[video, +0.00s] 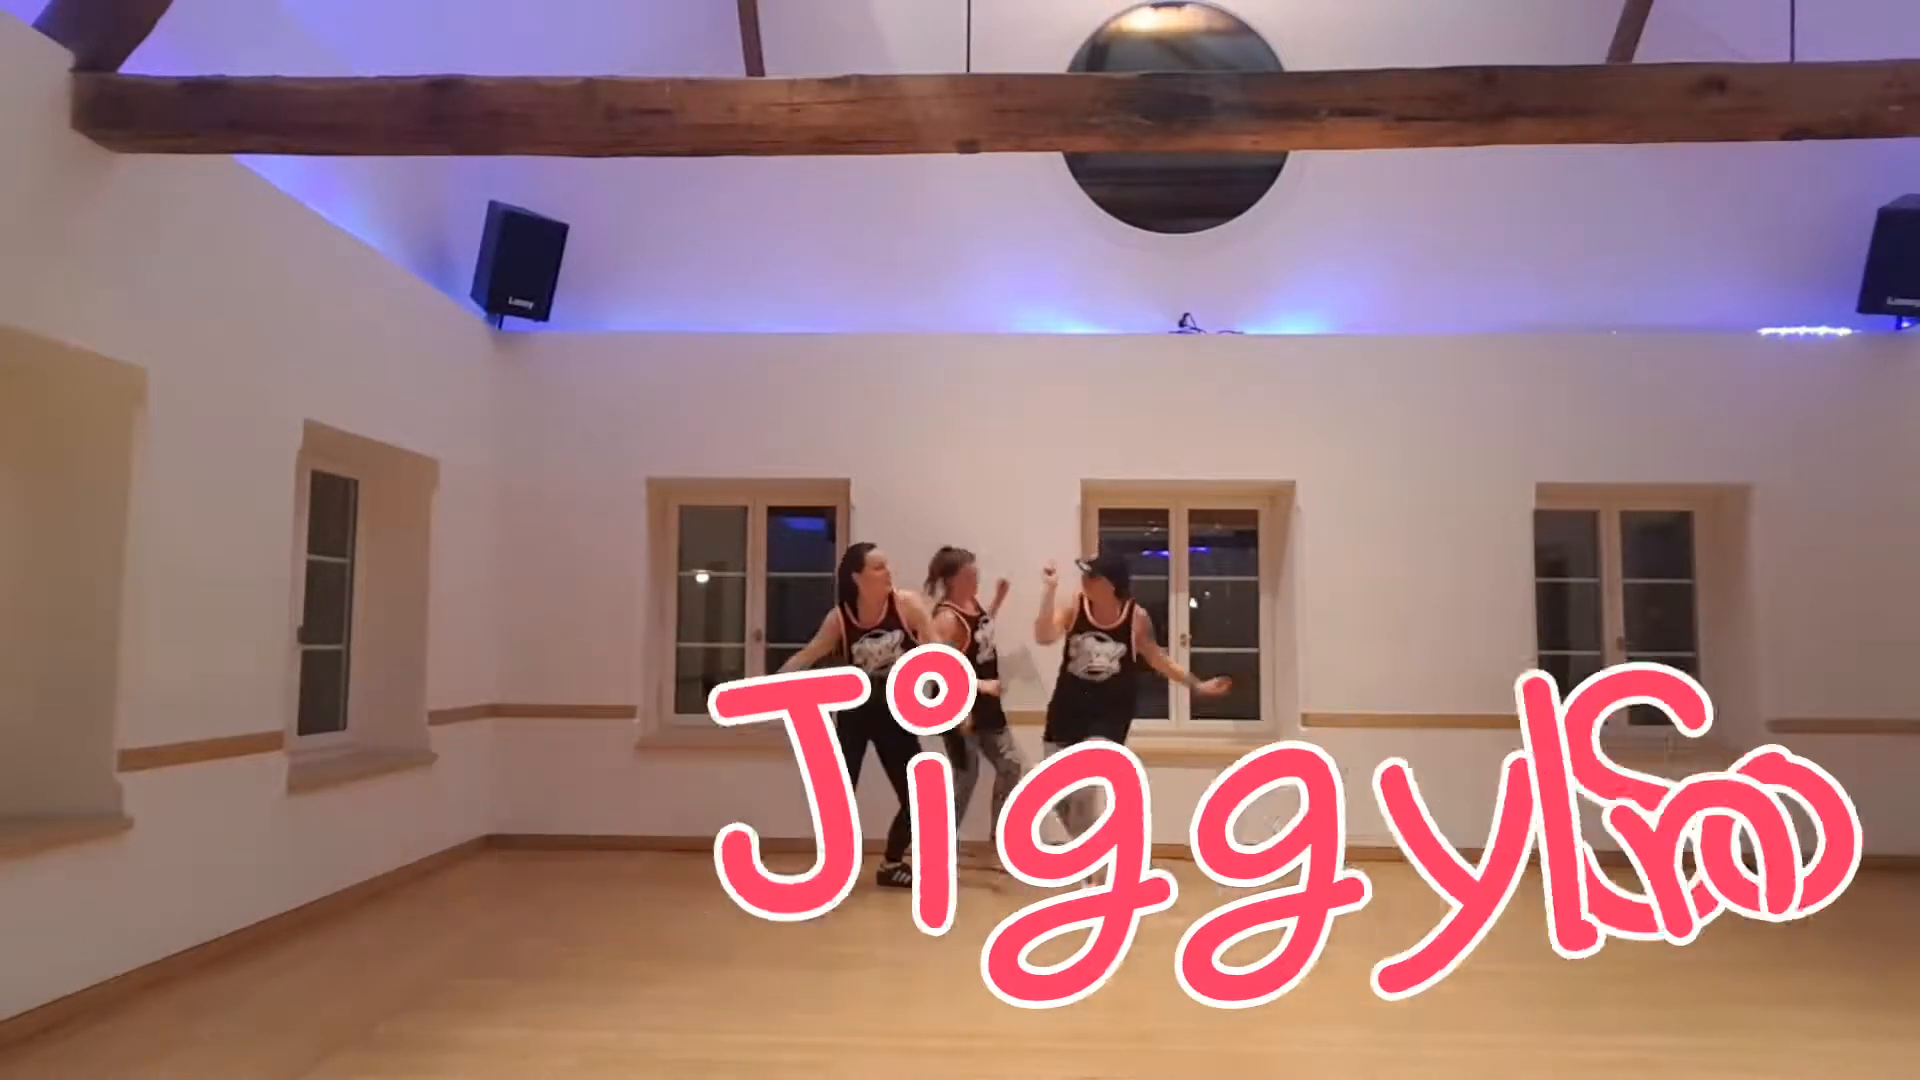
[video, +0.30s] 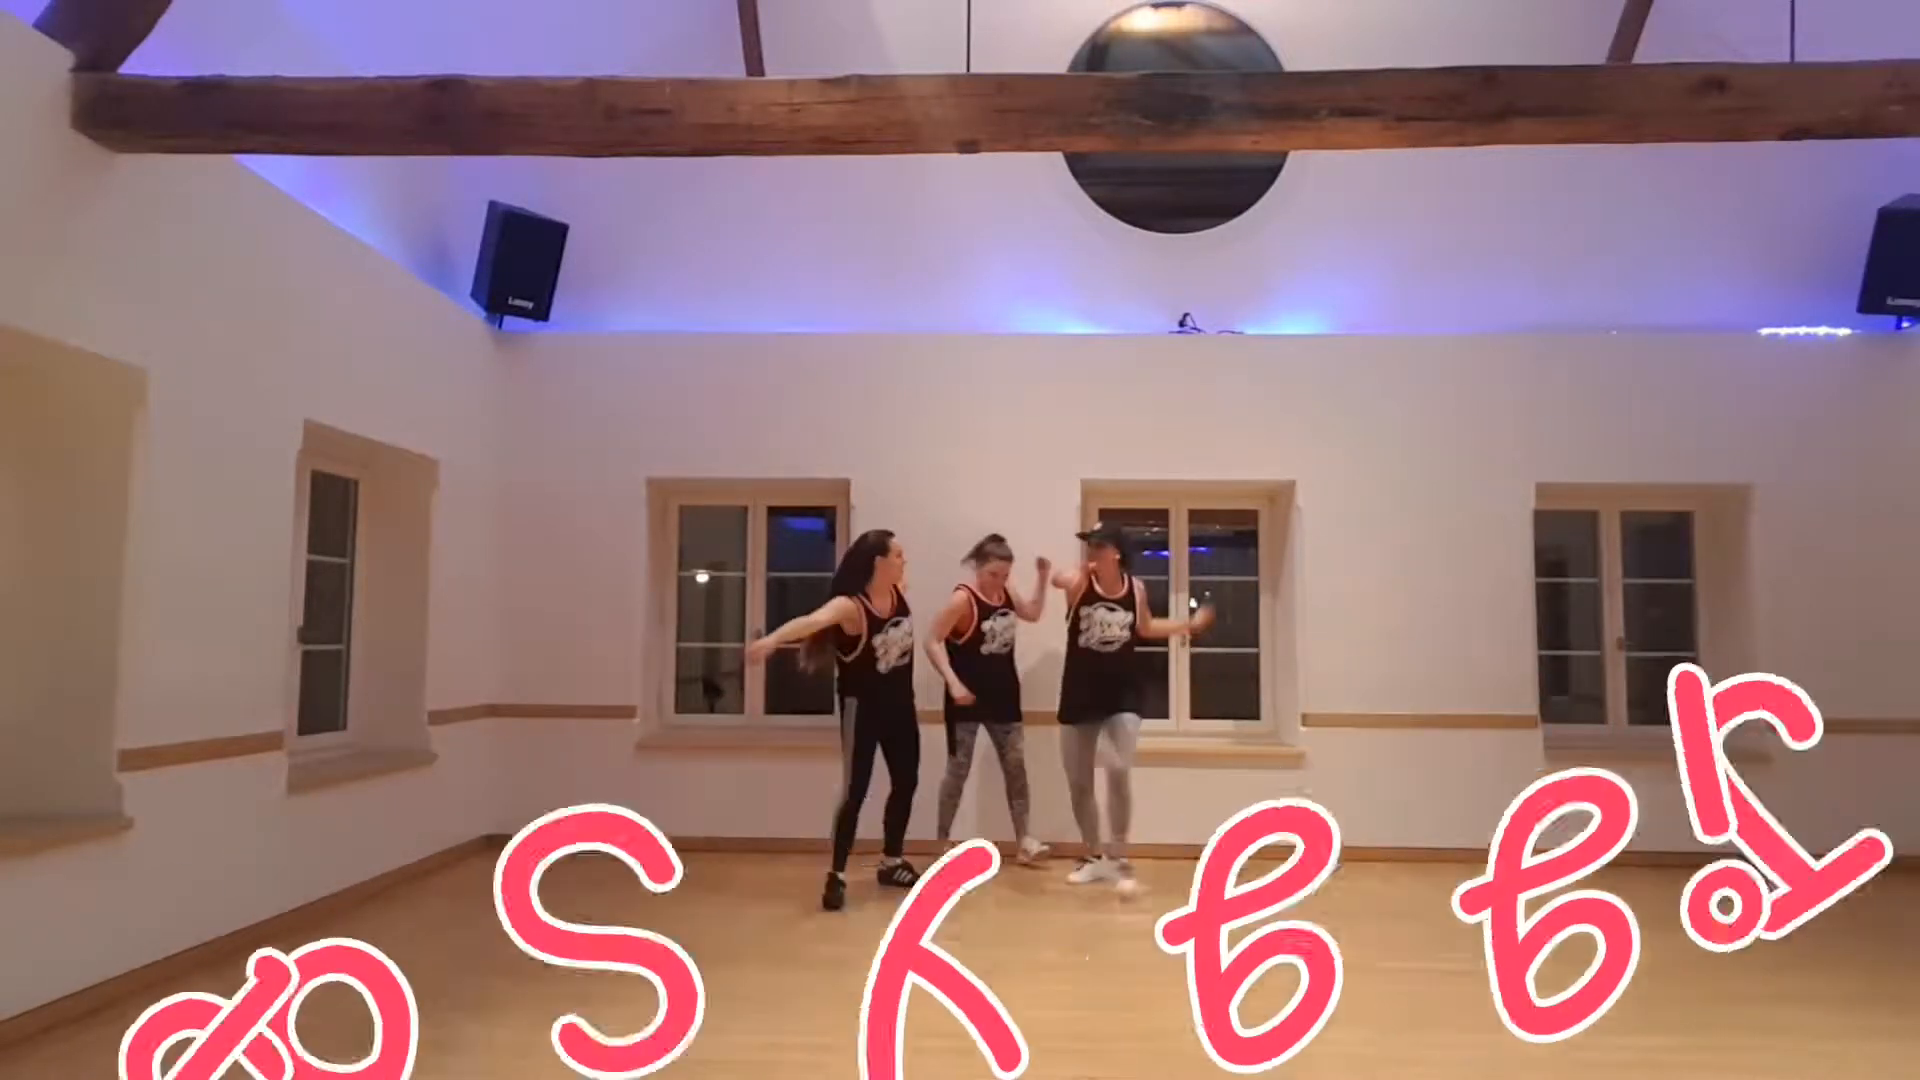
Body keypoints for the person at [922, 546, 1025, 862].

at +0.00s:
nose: (976, 579)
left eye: (974, 573)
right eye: (969, 574)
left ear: (967, 577)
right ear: (951, 579)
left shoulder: (970, 603)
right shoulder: (946, 619)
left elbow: (982, 628)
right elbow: (940, 670)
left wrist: (997, 601)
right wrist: (980, 684)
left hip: (987, 704)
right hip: (961, 710)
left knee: (1011, 767)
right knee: (964, 774)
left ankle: (1004, 837)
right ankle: (943, 841)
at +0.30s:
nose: (1001, 581)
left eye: (1005, 575)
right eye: (995, 574)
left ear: (1009, 571)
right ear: (979, 569)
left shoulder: (1005, 593)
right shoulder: (963, 600)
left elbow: (1032, 613)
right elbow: (933, 641)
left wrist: (1041, 580)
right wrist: (954, 683)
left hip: (1004, 690)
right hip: (968, 692)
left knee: (1015, 764)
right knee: (958, 767)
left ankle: (1023, 837)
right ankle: (943, 839)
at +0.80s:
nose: (1024, 572)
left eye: (1030, 566)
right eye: (1018, 566)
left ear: (1040, 567)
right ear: (1008, 565)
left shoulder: (1050, 597)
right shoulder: (995, 590)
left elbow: (1048, 648)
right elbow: (976, 623)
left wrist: (1030, 611)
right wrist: (950, 635)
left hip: (1032, 691)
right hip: (994, 689)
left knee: (1032, 770)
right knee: (990, 763)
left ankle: (1030, 844)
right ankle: (975, 840)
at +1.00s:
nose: (1023, 569)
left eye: (1029, 564)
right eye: (1018, 563)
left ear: (1041, 568)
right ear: (1009, 566)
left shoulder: (1049, 601)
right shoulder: (998, 596)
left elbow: (1051, 644)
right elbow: (979, 631)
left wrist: (1028, 611)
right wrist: (941, 634)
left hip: (1030, 696)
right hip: (992, 693)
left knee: (1023, 771)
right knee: (988, 767)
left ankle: (1028, 846)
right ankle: (983, 844)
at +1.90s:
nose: (972, 565)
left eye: (975, 560)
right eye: (964, 560)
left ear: (981, 566)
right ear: (948, 567)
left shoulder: (995, 603)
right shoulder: (935, 606)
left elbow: (1011, 653)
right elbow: (921, 658)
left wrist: (1024, 696)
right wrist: (918, 705)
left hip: (985, 700)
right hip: (944, 701)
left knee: (996, 774)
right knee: (945, 778)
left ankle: (1018, 842)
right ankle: (949, 847)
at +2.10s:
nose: (967, 557)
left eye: (969, 552)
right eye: (958, 553)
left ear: (973, 557)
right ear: (941, 561)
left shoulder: (984, 591)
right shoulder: (930, 600)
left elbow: (1003, 627)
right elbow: (931, 654)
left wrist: (1025, 661)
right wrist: (961, 693)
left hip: (988, 687)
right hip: (950, 690)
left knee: (996, 765)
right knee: (951, 771)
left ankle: (990, 845)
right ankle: (950, 846)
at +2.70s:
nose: (966, 559)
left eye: (971, 553)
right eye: (959, 556)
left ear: (984, 558)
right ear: (953, 566)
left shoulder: (996, 593)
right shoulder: (957, 603)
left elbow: (1008, 643)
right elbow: (961, 660)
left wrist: (1011, 690)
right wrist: (984, 705)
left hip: (1001, 688)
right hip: (968, 694)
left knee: (1013, 767)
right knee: (966, 769)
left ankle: (1014, 846)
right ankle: (947, 845)